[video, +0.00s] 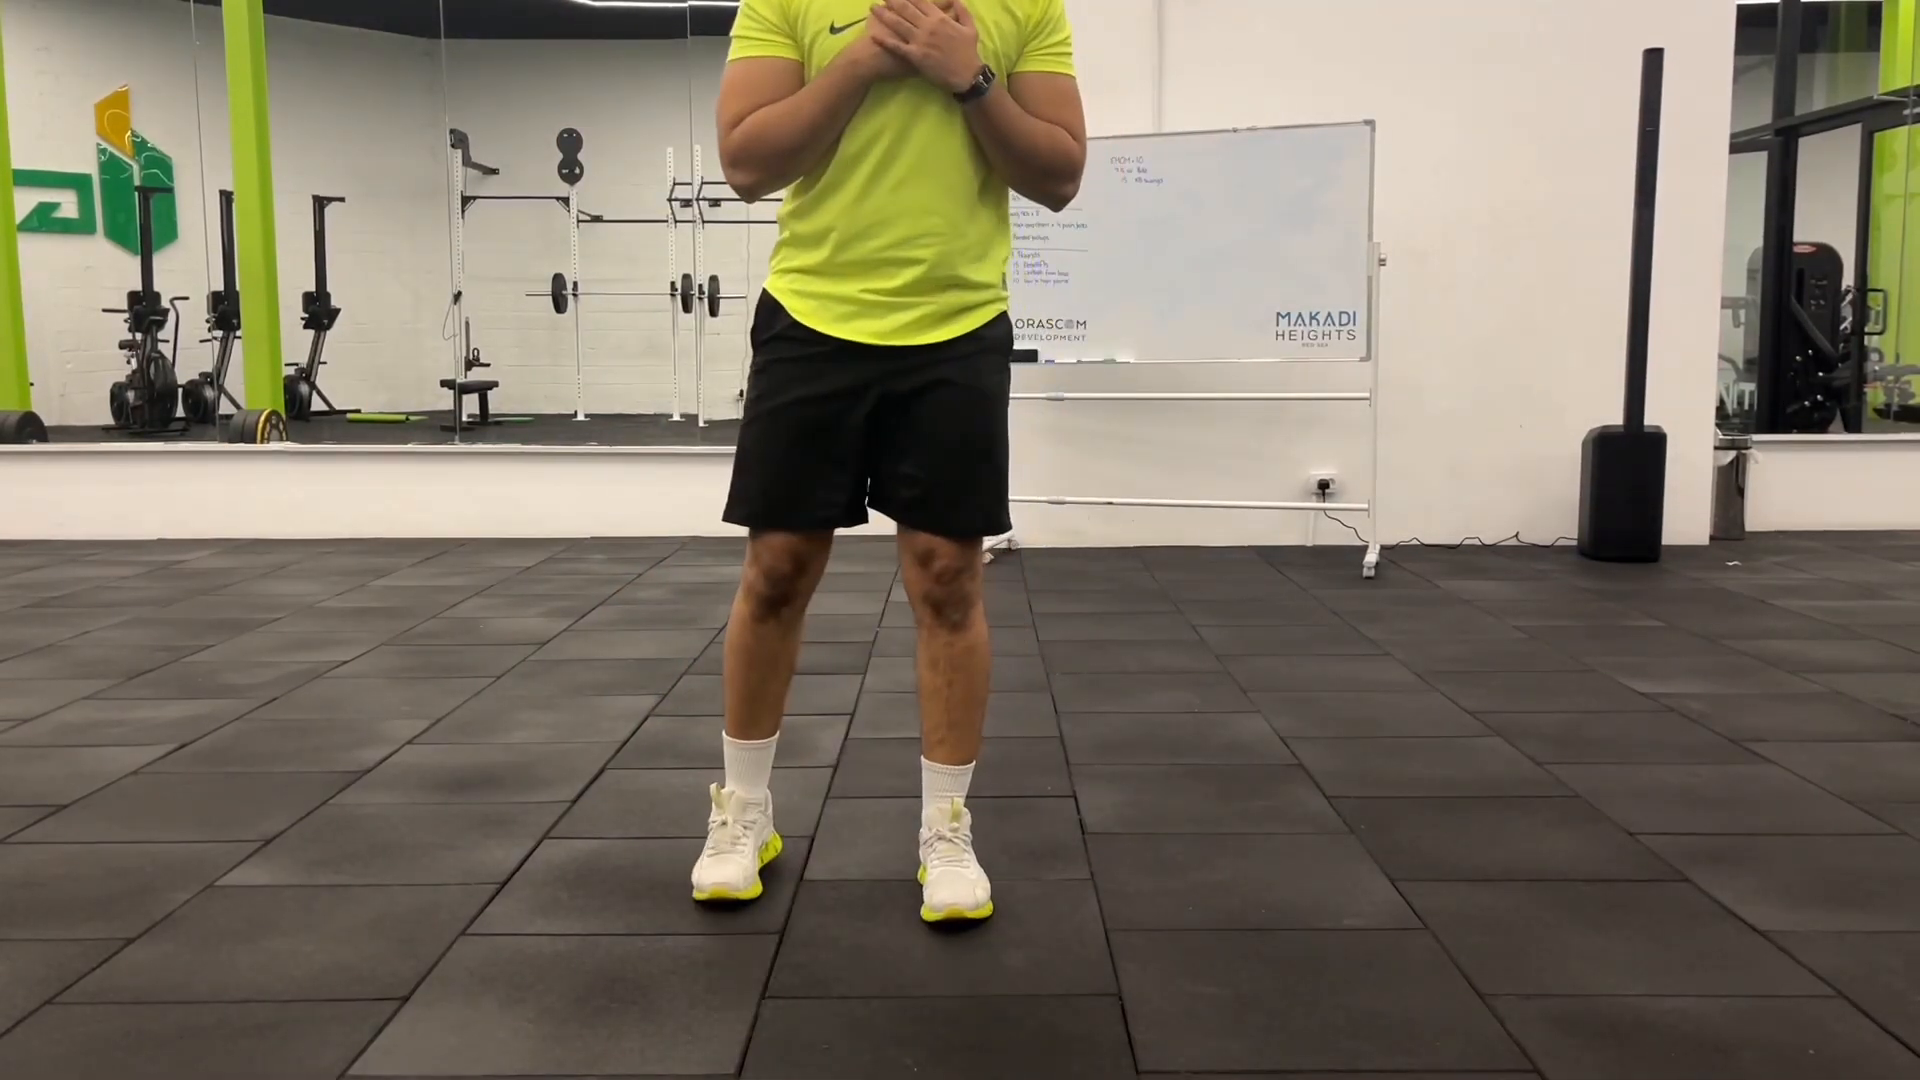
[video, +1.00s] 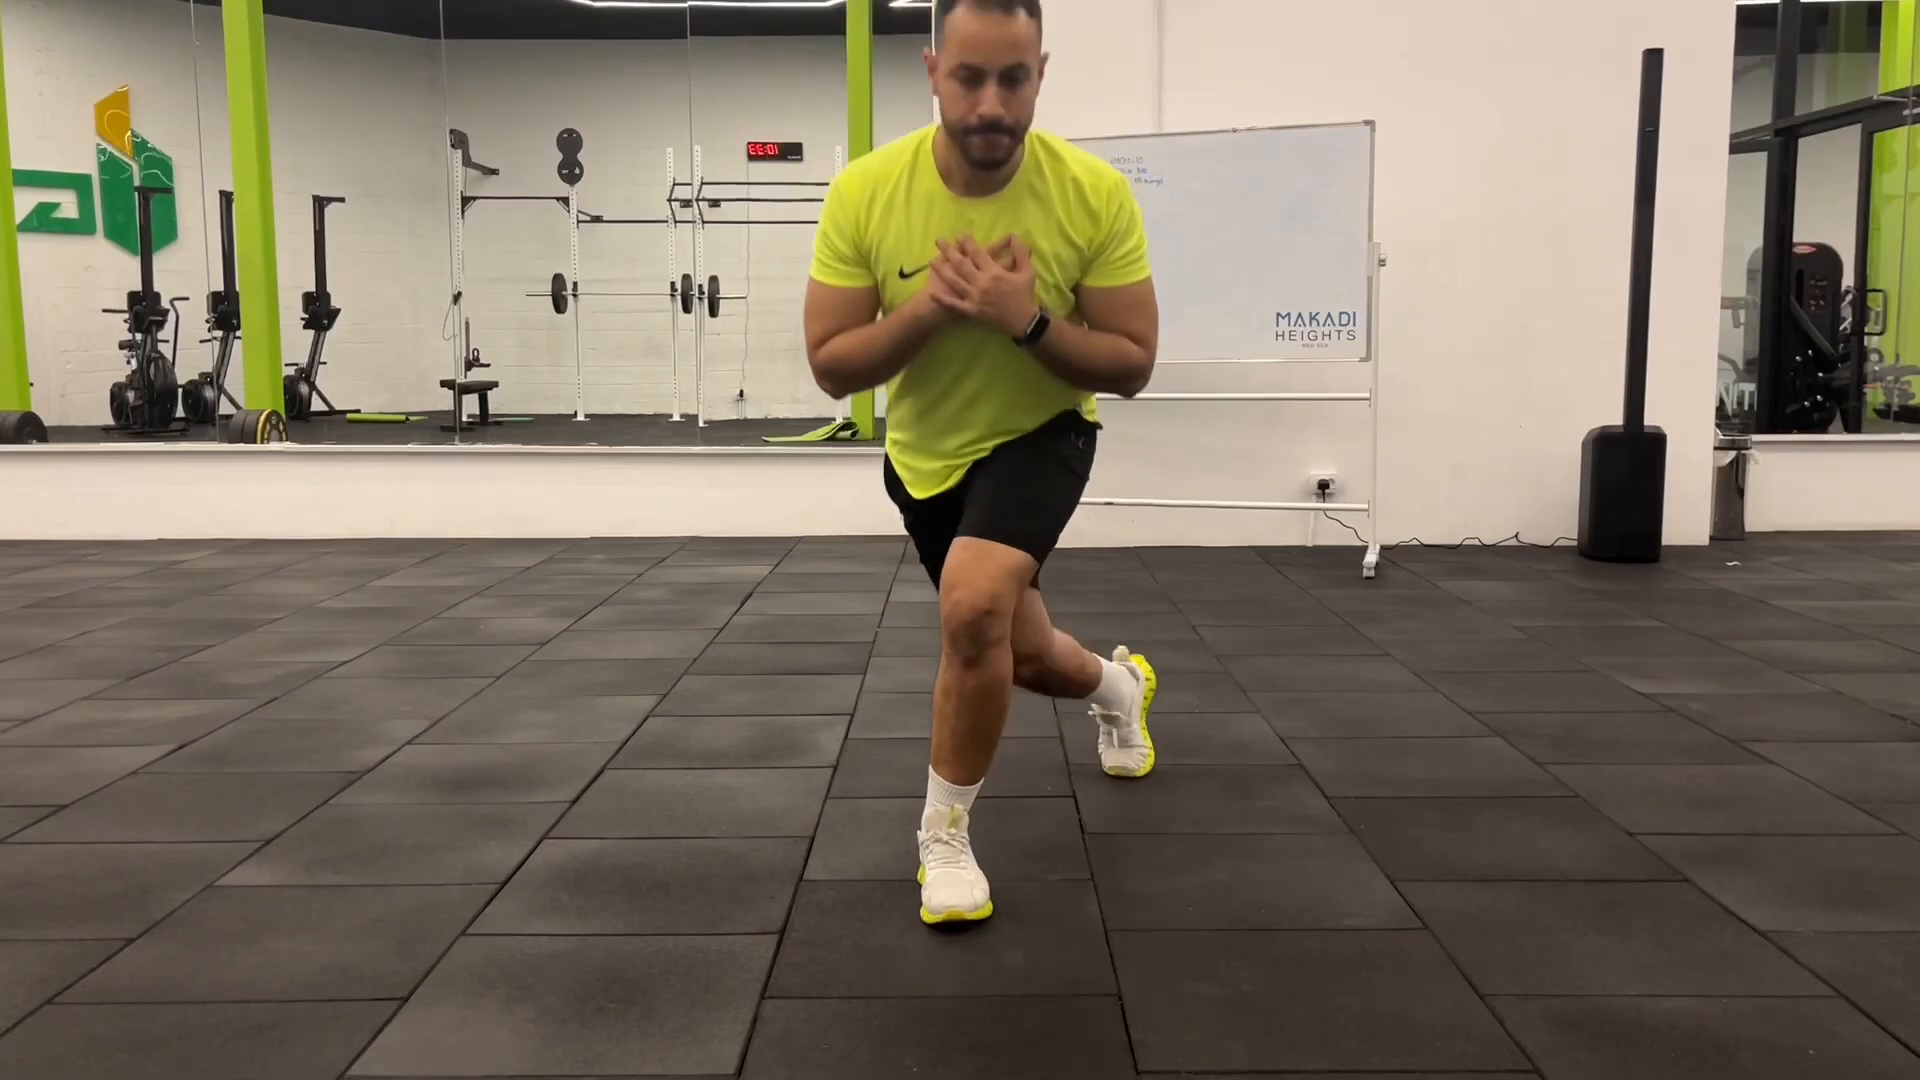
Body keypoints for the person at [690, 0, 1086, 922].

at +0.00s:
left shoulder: (1021, 6)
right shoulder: (785, 1)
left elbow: (1060, 177)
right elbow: (747, 163)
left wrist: (973, 81)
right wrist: (863, 56)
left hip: (957, 322)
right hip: (813, 315)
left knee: (947, 578)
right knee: (777, 572)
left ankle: (948, 841)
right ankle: (742, 813)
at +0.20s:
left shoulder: (1042, 7)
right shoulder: (803, 3)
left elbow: (1077, 183)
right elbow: (763, 167)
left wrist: (986, 87)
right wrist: (876, 62)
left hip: (969, 323)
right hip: (825, 315)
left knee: (954, 579)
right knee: (785, 571)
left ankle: (948, 836)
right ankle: (742, 810)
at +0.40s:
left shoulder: (1072, 12)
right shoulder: (827, 6)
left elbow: (1106, 191)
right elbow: (787, 178)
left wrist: (1001, 104)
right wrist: (890, 83)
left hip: (989, 328)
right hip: (848, 319)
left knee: (967, 578)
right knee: (816, 573)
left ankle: (946, 830)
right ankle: (803, 788)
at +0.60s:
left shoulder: (1082, 20)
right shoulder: (842, 11)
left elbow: (1114, 215)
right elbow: (794, 192)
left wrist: (1019, 136)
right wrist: (908, 110)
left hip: (1005, 331)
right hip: (870, 330)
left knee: (977, 582)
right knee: (891, 581)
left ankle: (947, 829)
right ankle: (983, 675)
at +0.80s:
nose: (1001, 0)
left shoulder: (1089, 97)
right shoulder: (849, 82)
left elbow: (1119, 277)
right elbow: (804, 265)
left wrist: (1027, 216)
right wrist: (924, 193)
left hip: (1019, 366)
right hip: (894, 379)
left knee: (974, 605)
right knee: (979, 580)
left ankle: (948, 834)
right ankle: (1066, 664)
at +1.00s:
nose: (990, 106)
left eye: (1014, 80)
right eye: (969, 80)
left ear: (1041, 77)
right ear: (932, 72)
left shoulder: (1095, 196)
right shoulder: (865, 193)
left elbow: (1132, 363)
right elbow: (831, 364)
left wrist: (1030, 320)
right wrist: (930, 307)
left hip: (1041, 431)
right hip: (925, 450)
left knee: (971, 608)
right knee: (1023, 651)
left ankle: (946, 835)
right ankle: (1118, 687)